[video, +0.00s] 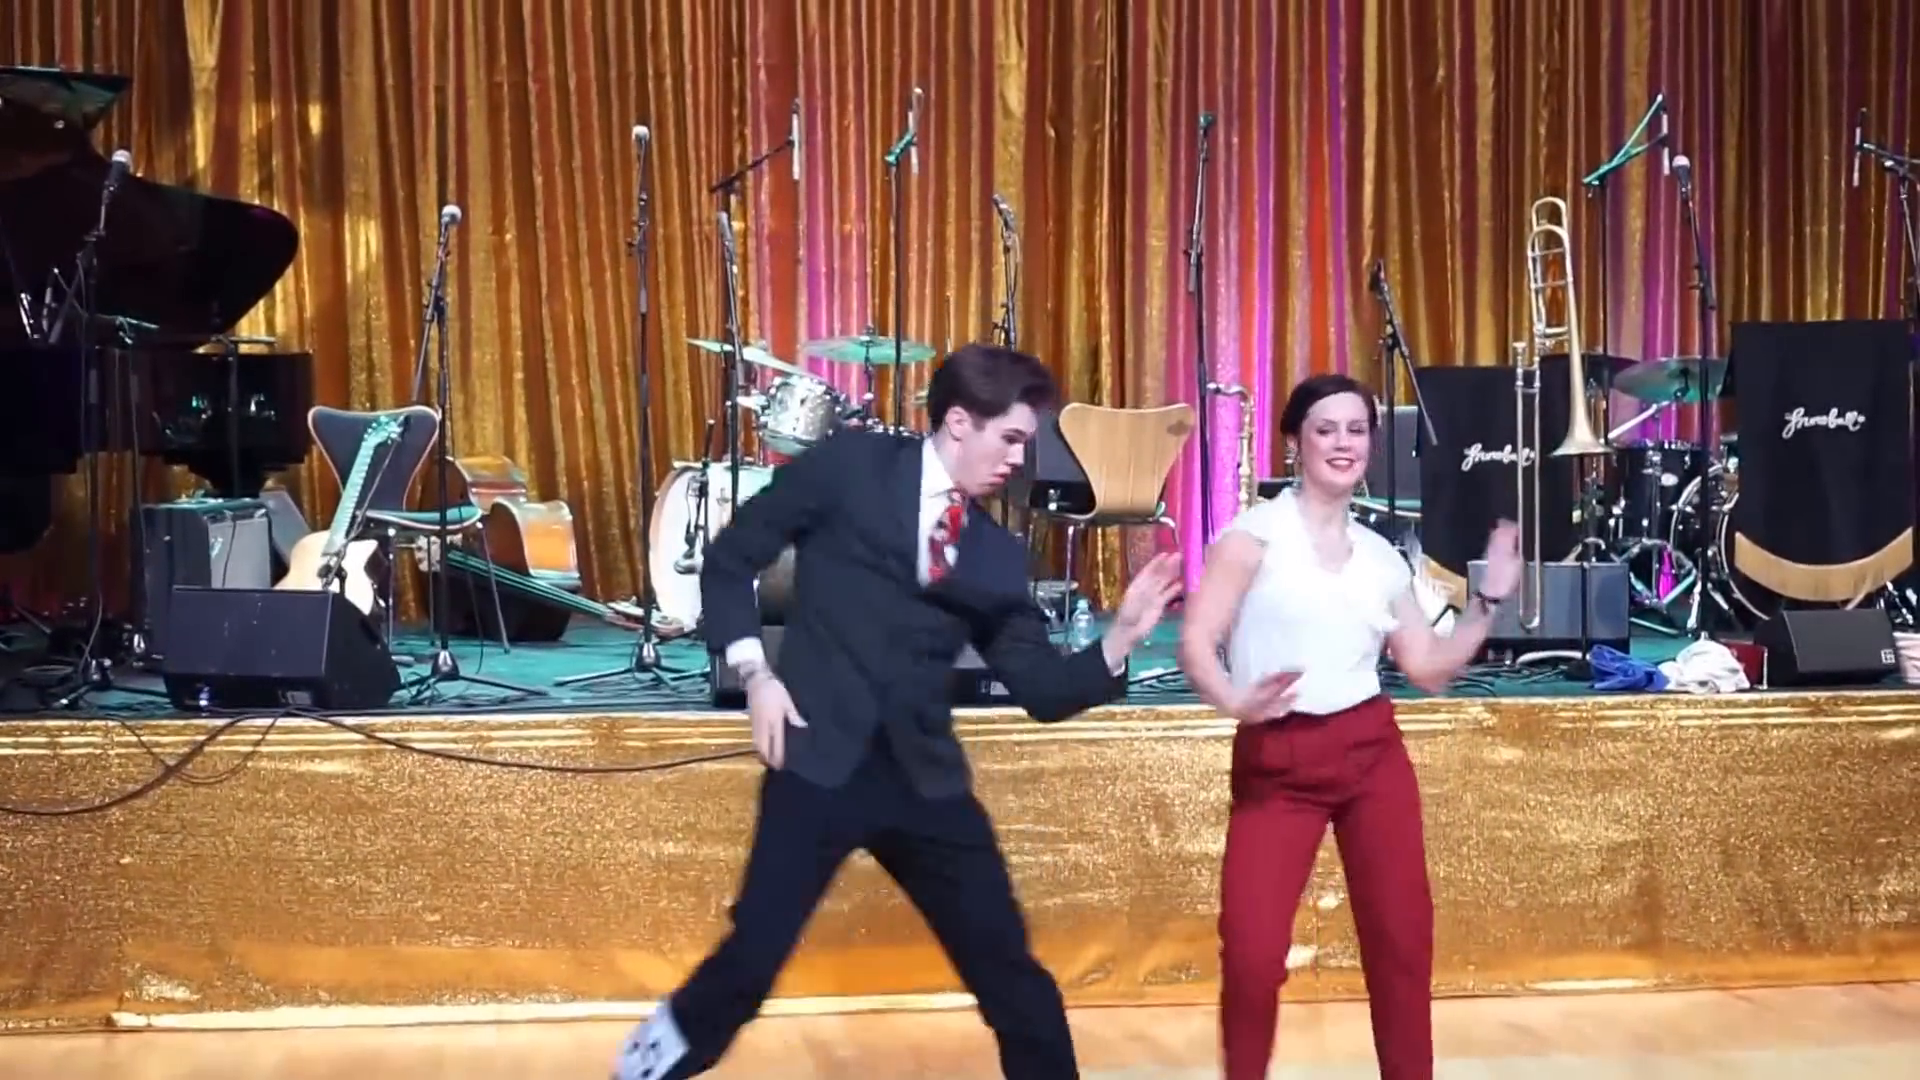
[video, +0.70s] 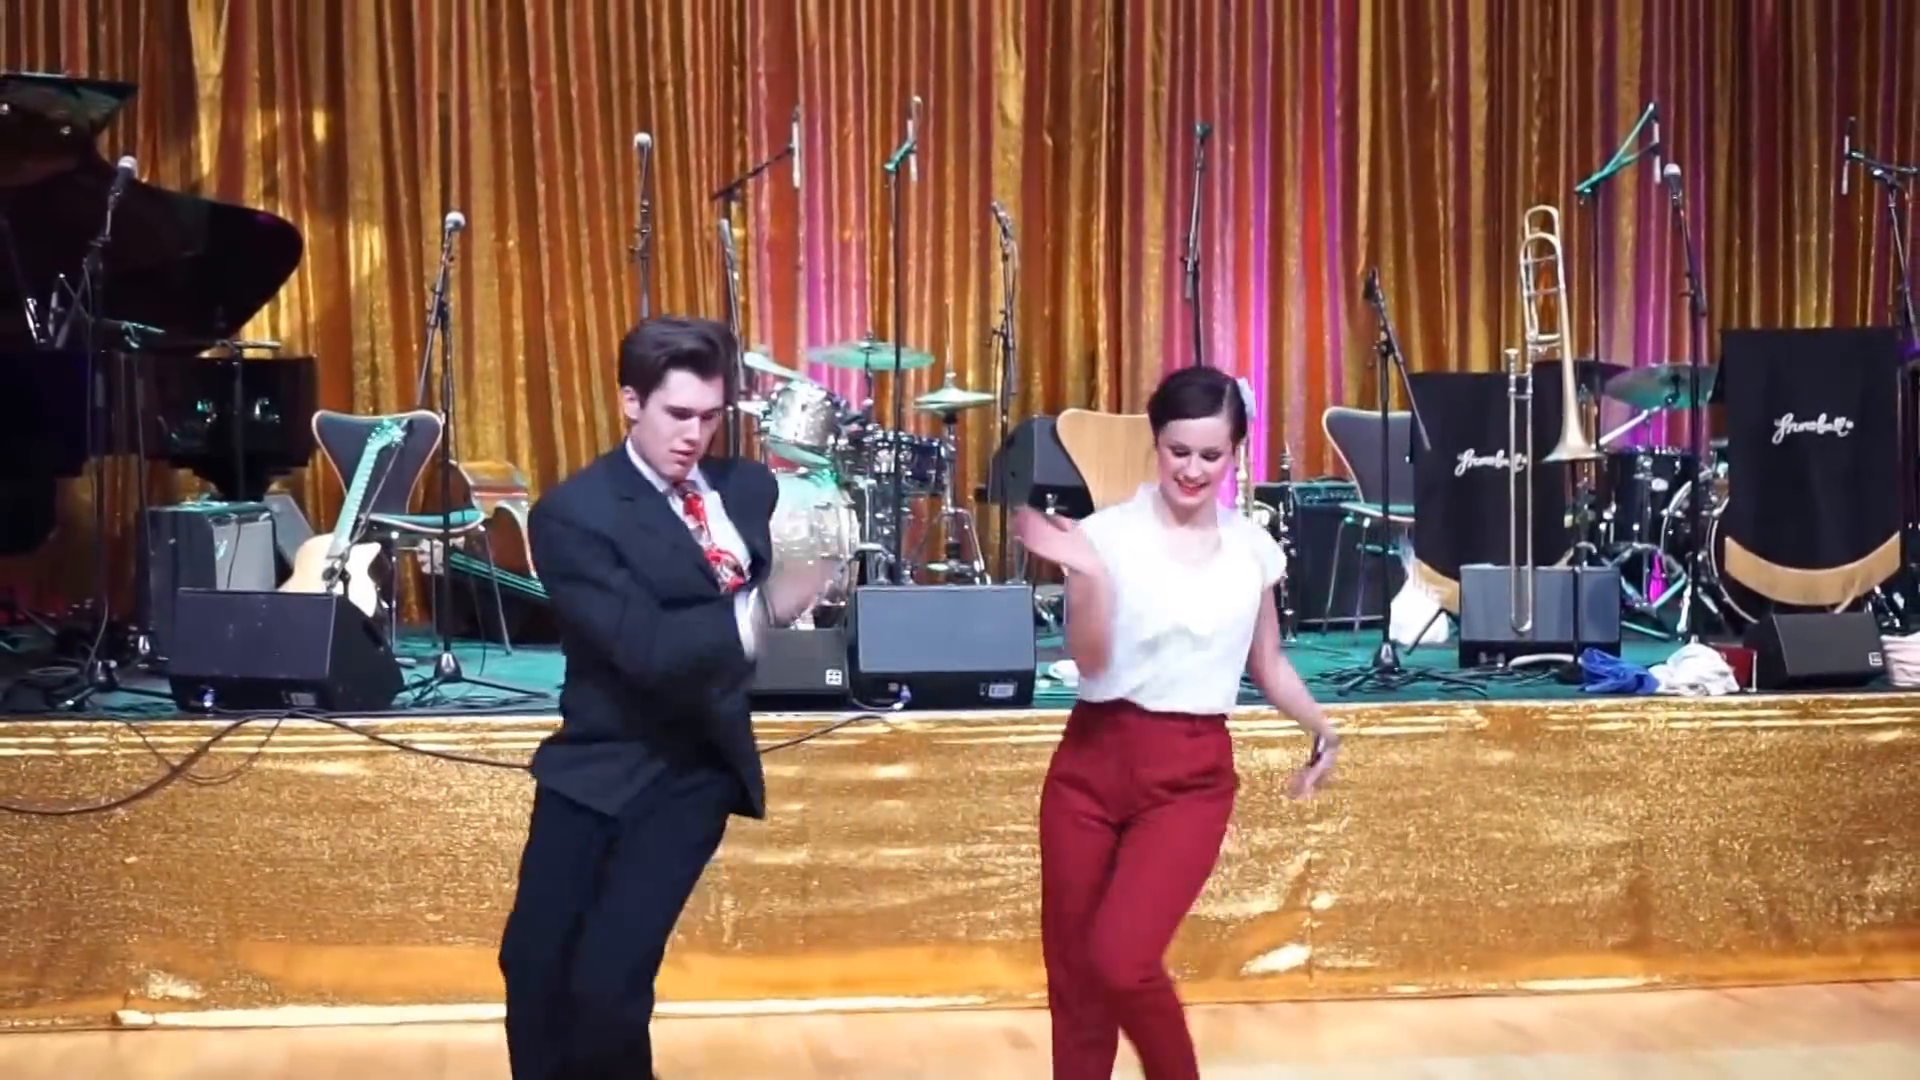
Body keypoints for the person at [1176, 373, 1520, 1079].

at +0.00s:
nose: (1343, 444)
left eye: (1357, 431)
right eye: (1326, 430)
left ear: (1370, 446)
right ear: (1295, 443)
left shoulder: (1381, 558)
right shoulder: (1251, 539)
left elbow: (1429, 668)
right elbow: (1196, 643)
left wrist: (1488, 600)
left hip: (1373, 759)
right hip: (1277, 764)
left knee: (1403, 950)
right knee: (1250, 960)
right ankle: (1244, 1079)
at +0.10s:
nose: (1321, 423)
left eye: (1337, 410)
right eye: (1304, 409)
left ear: (1356, 424)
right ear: (1279, 422)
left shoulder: (1370, 532)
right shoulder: (1227, 504)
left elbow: (1385, 656)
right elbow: (1155, 595)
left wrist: (1411, 570)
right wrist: (1120, 693)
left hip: (1327, 752)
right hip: (1244, 748)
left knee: (1339, 957)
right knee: (1230, 962)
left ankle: (1356, 1077)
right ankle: (1178, 1077)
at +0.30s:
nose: (1269, 426)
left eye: (1287, 409)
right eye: (1253, 410)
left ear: (1316, 419)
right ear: (1234, 419)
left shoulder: (1327, 521)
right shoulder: (1185, 493)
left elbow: (1344, 635)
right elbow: (1102, 580)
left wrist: (1352, 558)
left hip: (1248, 752)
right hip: (1171, 739)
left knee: (1255, 965)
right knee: (1149, 958)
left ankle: (1255, 1079)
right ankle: (1111, 1078)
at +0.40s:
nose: (1241, 435)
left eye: (1259, 418)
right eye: (1228, 418)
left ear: (1292, 428)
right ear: (1213, 425)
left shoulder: (1309, 535)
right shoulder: (1159, 497)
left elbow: (1328, 651)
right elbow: (1063, 557)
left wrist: (1330, 597)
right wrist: (959, 607)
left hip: (1223, 760)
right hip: (1141, 745)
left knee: (1245, 976)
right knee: (1115, 970)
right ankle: (1089, 1077)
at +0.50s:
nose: (1217, 451)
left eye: (1235, 435)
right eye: (1205, 433)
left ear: (1267, 437)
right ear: (1188, 433)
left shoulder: (1294, 551)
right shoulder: (1131, 509)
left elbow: (1310, 684)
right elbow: (1031, 557)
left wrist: (1324, 701)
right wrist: (934, 567)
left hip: (1199, 770)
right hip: (1107, 753)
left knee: (1253, 973)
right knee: (1093, 981)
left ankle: (1245, 1079)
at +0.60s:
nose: (1200, 462)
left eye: (1219, 447)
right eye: (1187, 443)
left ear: (1247, 445)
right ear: (1167, 436)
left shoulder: (1275, 555)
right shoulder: (1108, 525)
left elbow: (1290, 689)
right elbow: (1025, 612)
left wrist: (1326, 799)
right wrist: (964, 539)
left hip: (1193, 772)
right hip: (1089, 759)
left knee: (1220, 979)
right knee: (1075, 979)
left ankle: (1225, 1072)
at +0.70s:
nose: (1193, 470)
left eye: (1212, 455)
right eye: (1179, 451)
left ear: (1236, 453)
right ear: (1155, 441)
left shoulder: (1251, 548)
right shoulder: (1102, 534)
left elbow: (1268, 663)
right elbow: (1089, 664)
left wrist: (1321, 724)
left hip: (1192, 778)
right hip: (1089, 770)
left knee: (1121, 962)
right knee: (1075, 983)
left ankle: (1177, 1075)